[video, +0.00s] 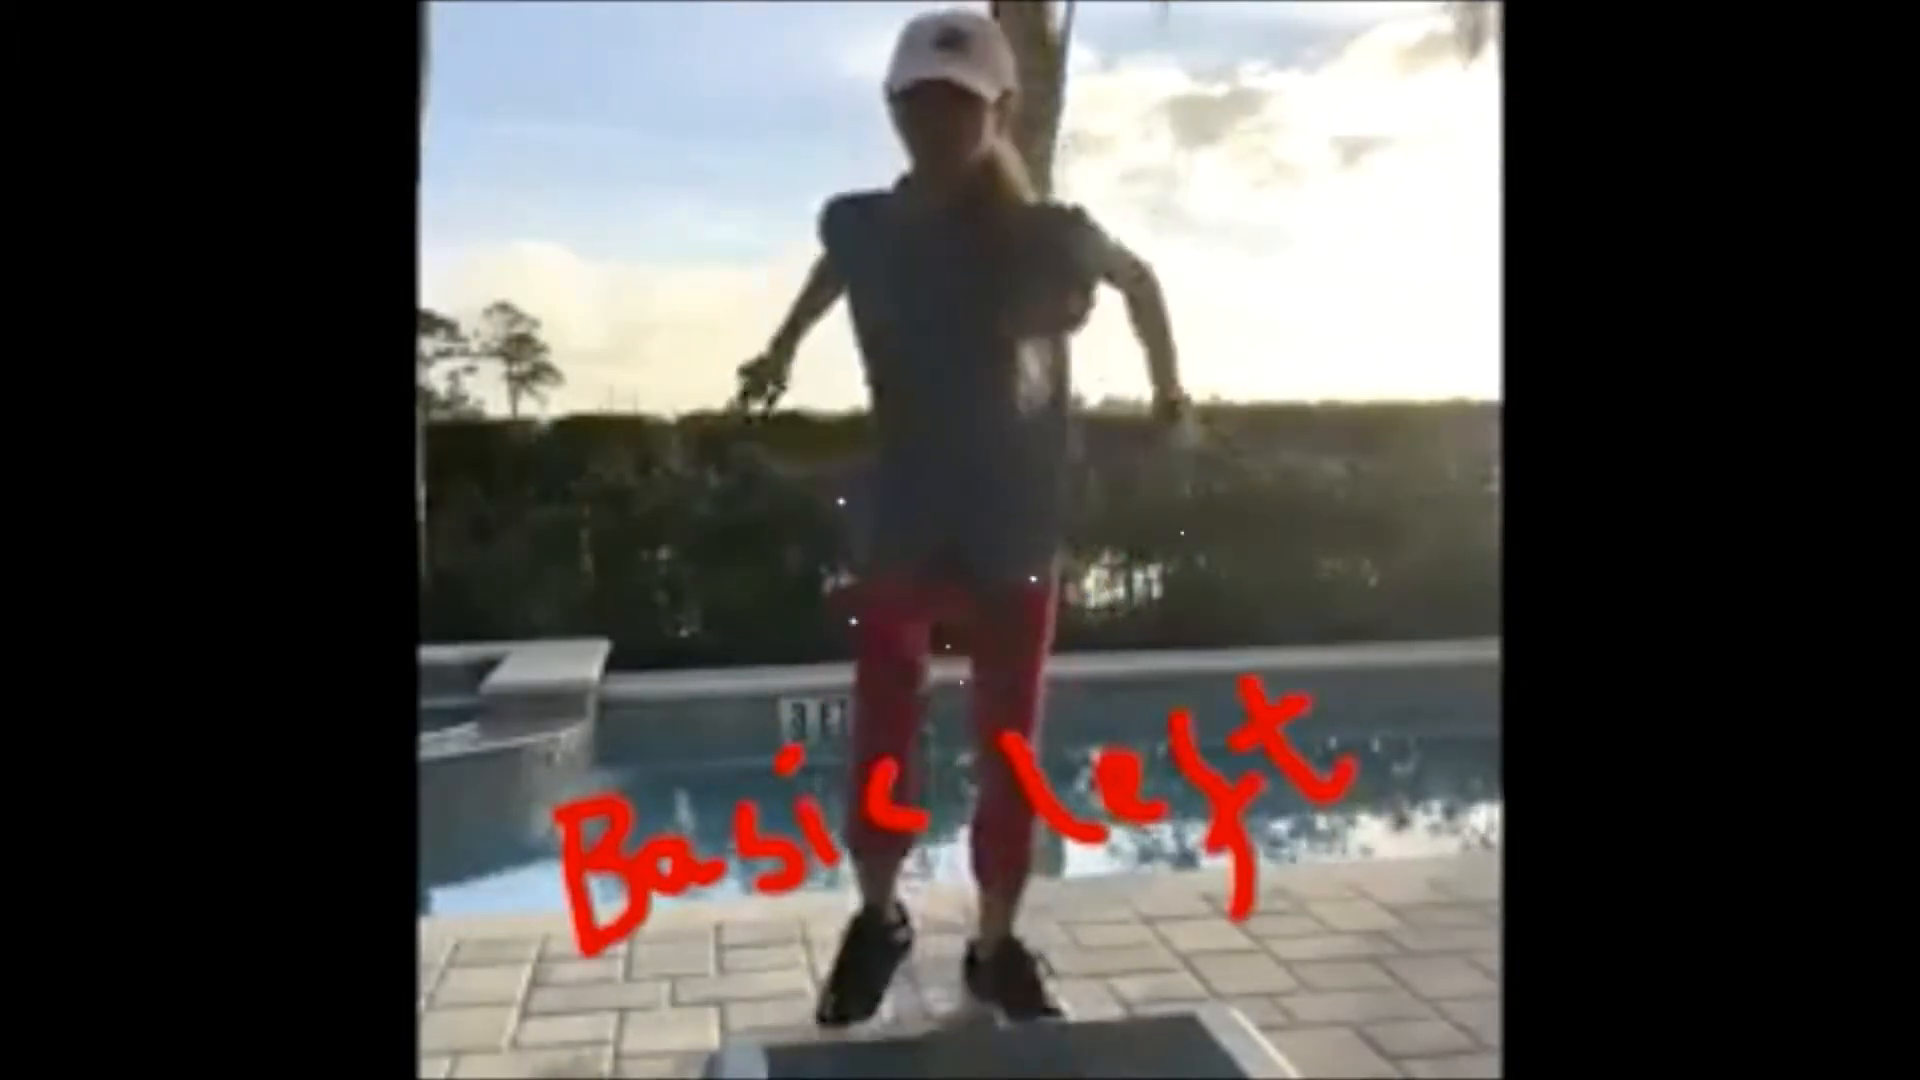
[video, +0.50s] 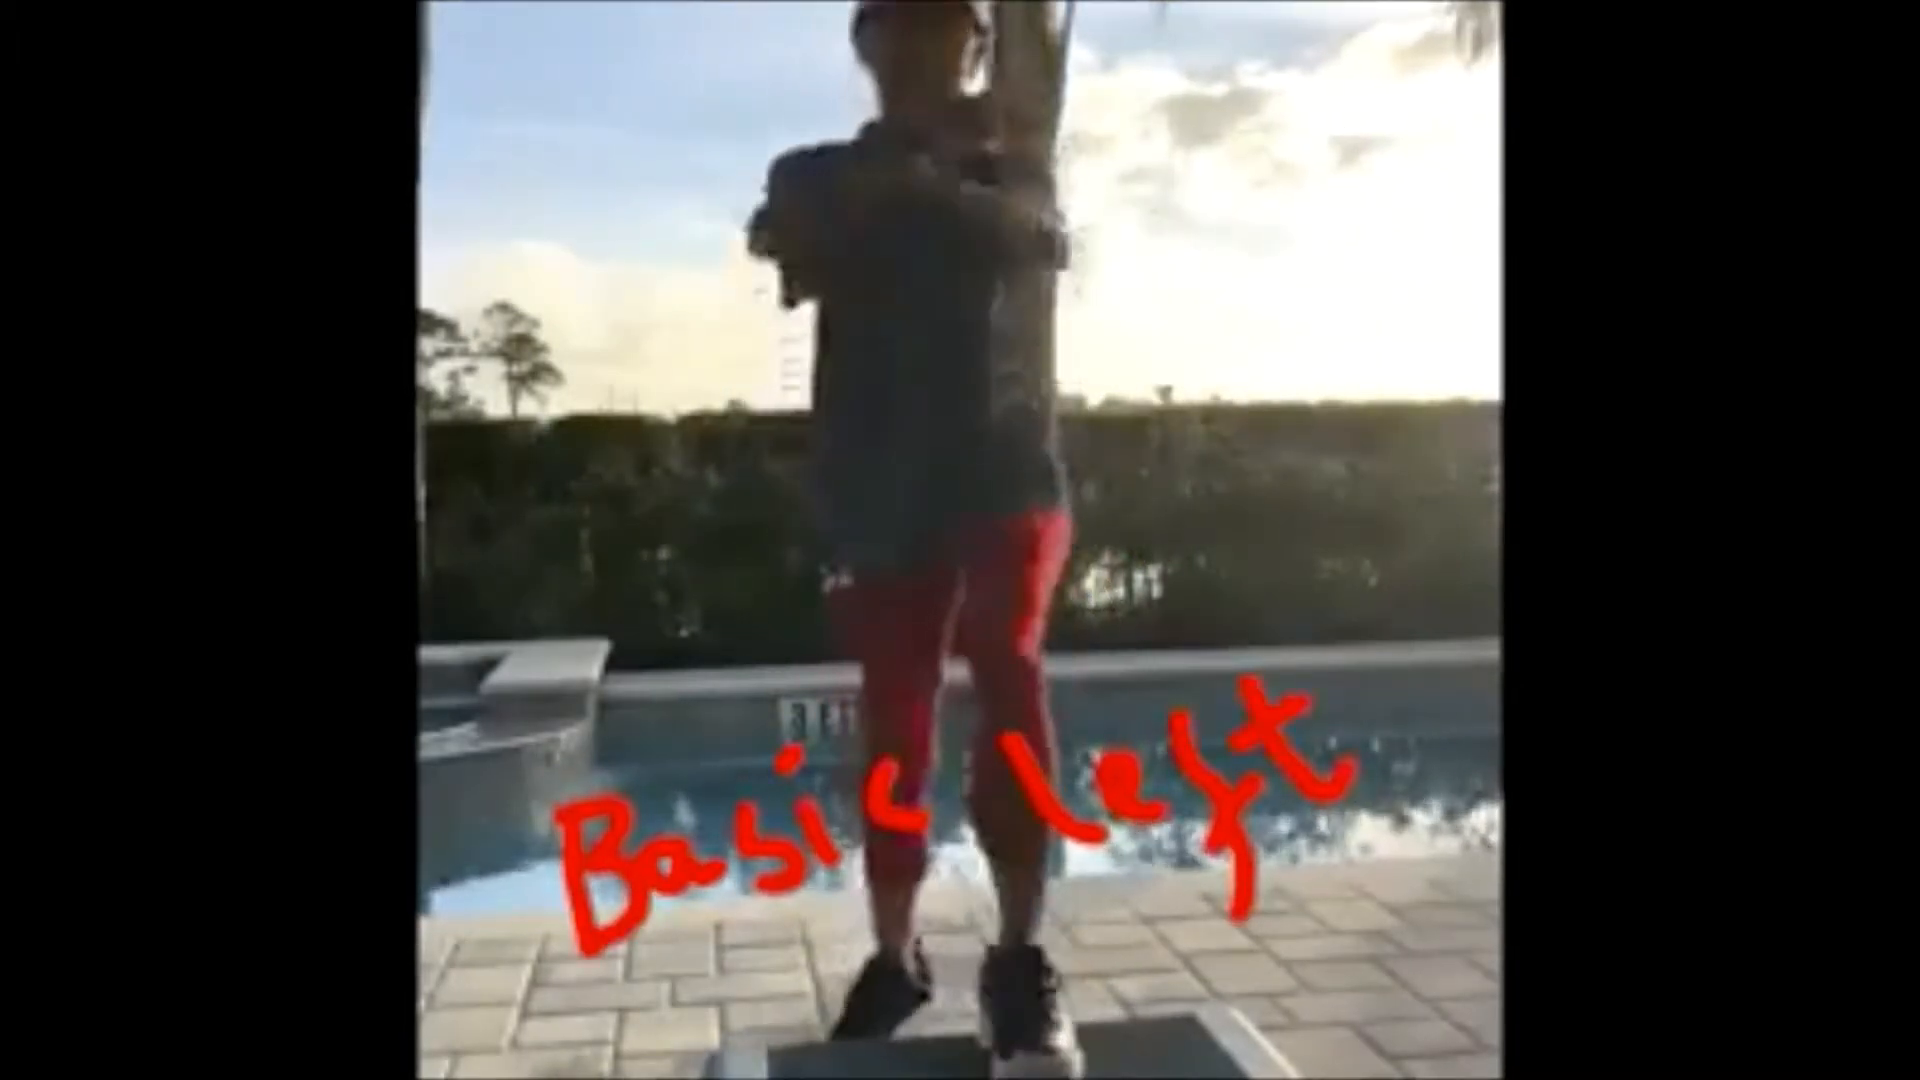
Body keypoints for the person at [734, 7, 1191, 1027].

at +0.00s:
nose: (933, 122)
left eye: (954, 103)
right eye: (916, 103)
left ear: (996, 110)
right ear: (894, 113)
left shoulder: (1051, 231)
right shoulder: (860, 228)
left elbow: (1140, 283)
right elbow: (825, 283)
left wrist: (1169, 400)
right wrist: (775, 352)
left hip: (1017, 506)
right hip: (901, 501)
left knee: (1009, 740)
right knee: (881, 723)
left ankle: (996, 943)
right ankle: (877, 916)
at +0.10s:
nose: (916, 119)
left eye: (938, 98)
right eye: (900, 99)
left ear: (981, 107)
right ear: (878, 110)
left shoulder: (1036, 230)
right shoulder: (844, 233)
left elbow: (1114, 295)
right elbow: (795, 313)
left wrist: (1149, 400)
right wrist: (754, 395)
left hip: (1003, 514)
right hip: (887, 514)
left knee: (999, 741)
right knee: (871, 746)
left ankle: (995, 943)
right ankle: (893, 961)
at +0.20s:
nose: (897, 113)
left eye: (920, 91)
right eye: (880, 92)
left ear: (963, 102)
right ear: (857, 106)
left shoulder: (1021, 234)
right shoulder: (827, 245)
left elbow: (1084, 368)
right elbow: (773, 364)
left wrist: (1076, 483)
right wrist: (773, 416)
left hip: (996, 518)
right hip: (874, 517)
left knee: (979, 748)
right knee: (870, 752)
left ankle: (1002, 909)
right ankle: (894, 964)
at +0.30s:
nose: (896, 90)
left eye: (917, 69)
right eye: (877, 71)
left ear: (954, 79)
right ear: (853, 83)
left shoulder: (1004, 219)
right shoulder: (814, 227)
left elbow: (1030, 405)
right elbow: (769, 402)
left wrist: (956, 459)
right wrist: (864, 417)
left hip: (990, 499)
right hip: (873, 507)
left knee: (982, 690)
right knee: (886, 731)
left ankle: (1007, 867)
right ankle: (896, 964)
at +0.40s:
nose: (899, 85)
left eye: (921, 63)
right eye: (879, 64)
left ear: (955, 75)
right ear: (852, 76)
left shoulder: (1008, 209)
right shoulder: (810, 206)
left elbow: (1010, 336)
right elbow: (785, 320)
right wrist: (941, 278)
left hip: (998, 487)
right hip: (877, 498)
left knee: (995, 626)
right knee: (890, 724)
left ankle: (1021, 885)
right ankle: (897, 964)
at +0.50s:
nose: (926, 45)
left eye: (944, 26)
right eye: (903, 26)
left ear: (973, 40)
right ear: (866, 42)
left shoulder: (1012, 161)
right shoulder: (817, 170)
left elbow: (1040, 240)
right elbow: (788, 239)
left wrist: (908, 183)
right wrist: (920, 164)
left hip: (1009, 463)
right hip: (878, 469)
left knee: (1007, 664)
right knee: (892, 708)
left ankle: (1021, 960)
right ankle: (893, 956)